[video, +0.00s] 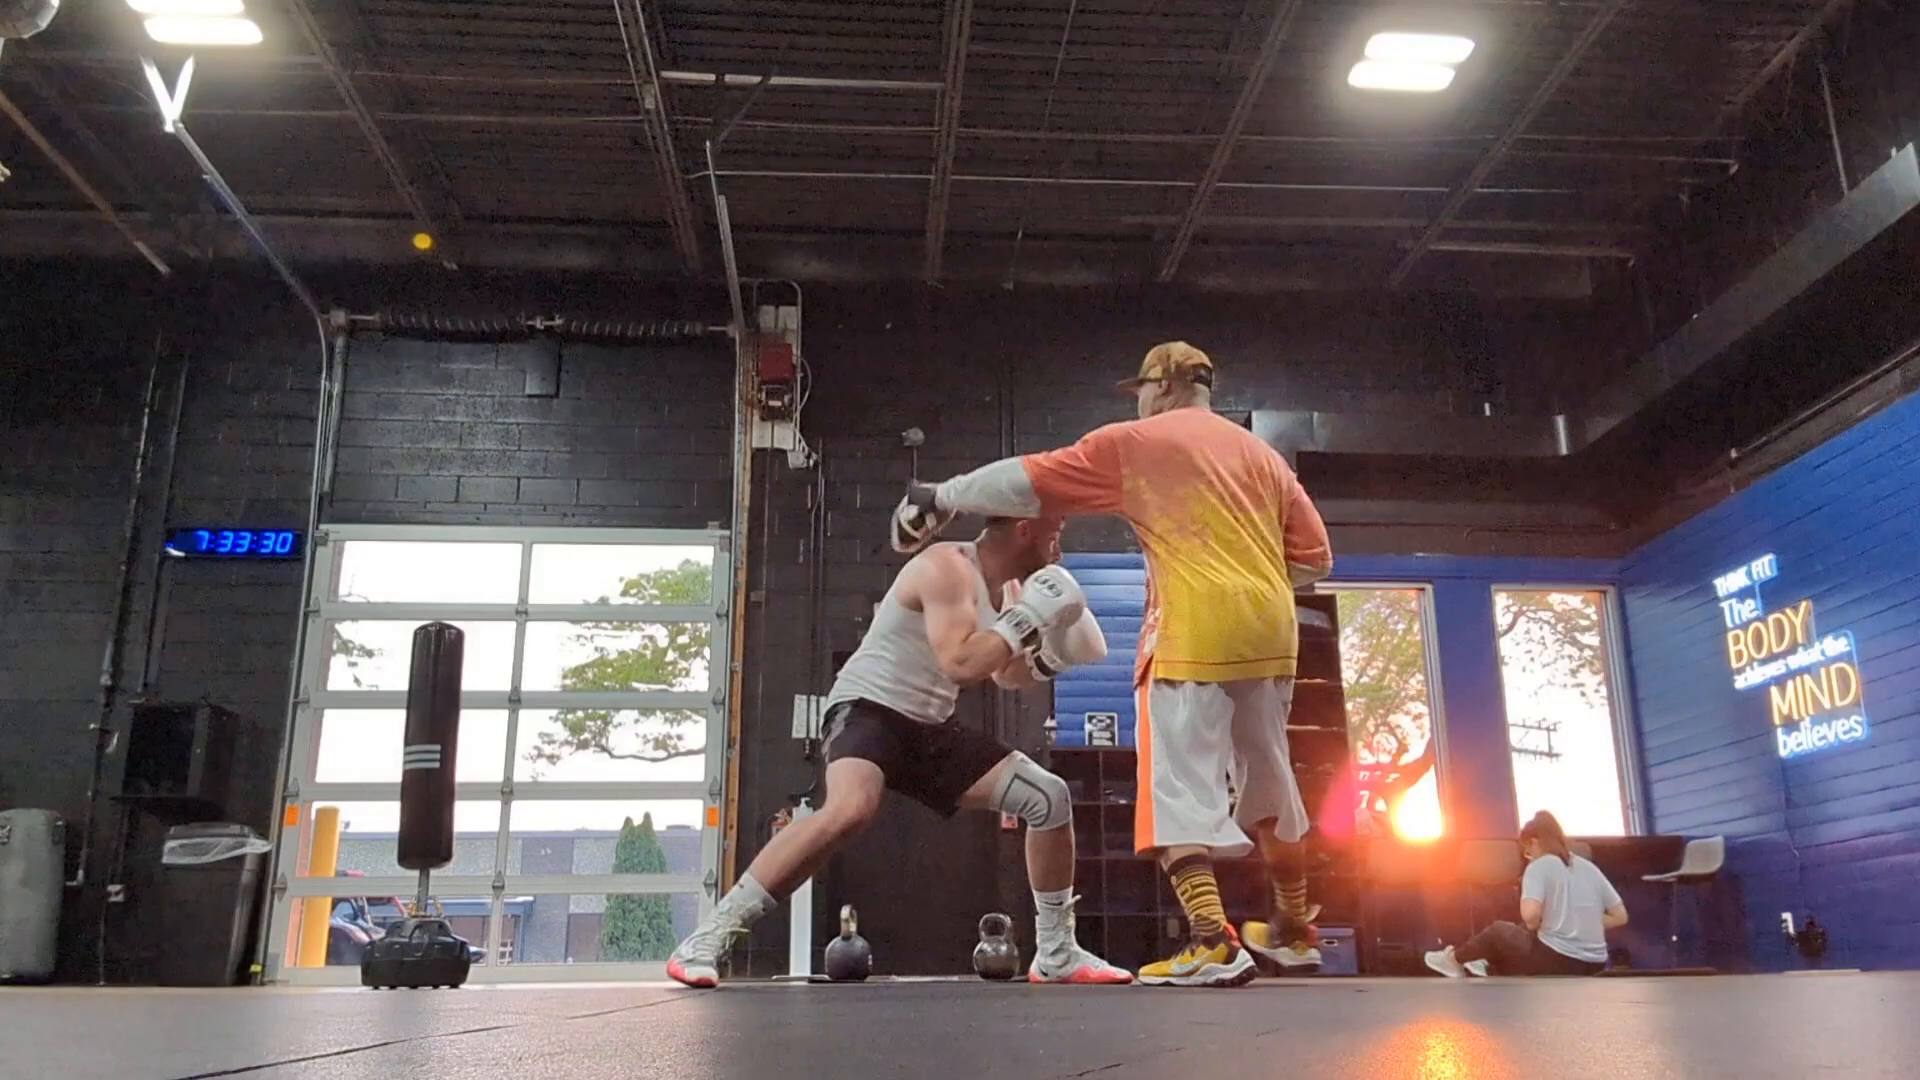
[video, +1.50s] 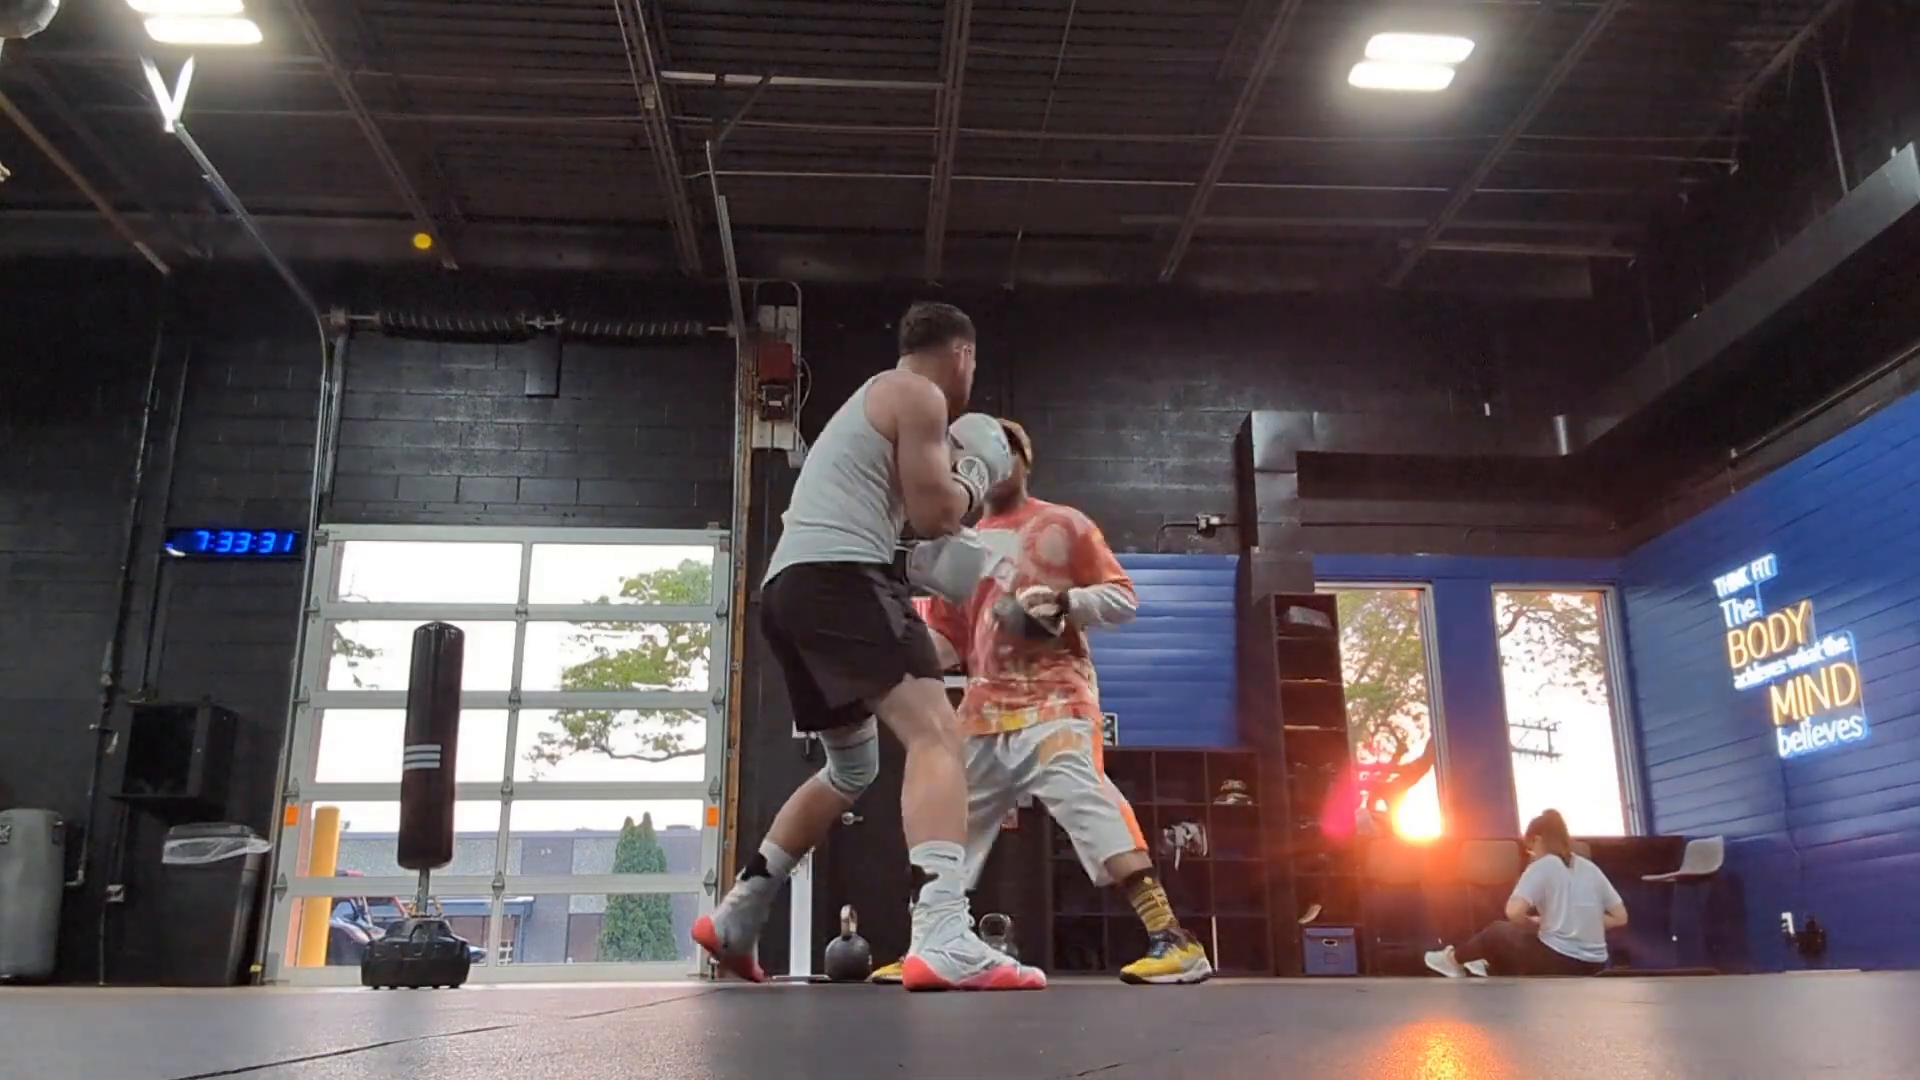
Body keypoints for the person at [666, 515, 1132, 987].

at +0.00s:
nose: (1059, 544)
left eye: (1060, 533)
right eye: (1056, 531)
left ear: (1018, 526)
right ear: (1025, 526)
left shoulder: (1007, 590)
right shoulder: (947, 563)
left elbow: (1011, 672)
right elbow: (960, 660)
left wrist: (1049, 659)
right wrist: (1026, 616)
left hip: (931, 732)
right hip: (867, 713)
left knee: (1048, 799)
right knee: (851, 809)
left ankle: (1056, 954)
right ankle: (709, 939)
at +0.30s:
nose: (980, 461)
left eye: (980, 447)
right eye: (974, 445)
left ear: (936, 443)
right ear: (941, 439)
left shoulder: (923, 513)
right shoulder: (872, 493)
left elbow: (903, 591)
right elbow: (891, 593)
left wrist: (966, 568)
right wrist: (954, 554)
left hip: (883, 676)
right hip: (829, 666)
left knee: (995, 779)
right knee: (817, 800)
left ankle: (977, 936)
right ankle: (690, 937)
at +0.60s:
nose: (946, 417)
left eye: (946, 406)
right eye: (944, 405)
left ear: (881, 404)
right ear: (926, 399)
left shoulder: (834, 466)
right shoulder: (928, 442)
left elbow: (800, 569)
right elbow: (997, 528)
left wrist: (884, 560)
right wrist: (1002, 491)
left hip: (837, 623)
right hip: (863, 621)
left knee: (947, 782)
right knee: (864, 783)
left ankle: (931, 949)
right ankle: (713, 911)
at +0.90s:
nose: (919, 390)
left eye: (916, 379)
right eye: (919, 378)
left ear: (858, 368)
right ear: (908, 374)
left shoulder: (835, 422)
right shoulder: (870, 414)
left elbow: (900, 524)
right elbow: (915, 515)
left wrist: (939, 512)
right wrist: (937, 478)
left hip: (822, 606)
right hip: (833, 603)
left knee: (894, 772)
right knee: (871, 763)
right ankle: (767, 939)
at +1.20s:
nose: (883, 394)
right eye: (884, 385)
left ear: (818, 388)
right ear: (883, 383)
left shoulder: (776, 442)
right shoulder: (906, 426)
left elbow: (746, 540)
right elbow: (949, 516)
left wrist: (808, 553)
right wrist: (908, 475)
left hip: (793, 614)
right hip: (870, 601)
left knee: (817, 782)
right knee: (917, 772)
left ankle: (773, 942)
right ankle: (856, 903)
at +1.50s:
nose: (973, 378)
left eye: (974, 365)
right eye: (974, 363)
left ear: (906, 352)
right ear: (960, 356)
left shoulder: (868, 403)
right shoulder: (919, 394)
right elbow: (931, 511)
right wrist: (968, 481)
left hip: (784, 592)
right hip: (839, 578)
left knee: (848, 769)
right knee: (936, 737)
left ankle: (737, 917)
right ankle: (942, 934)